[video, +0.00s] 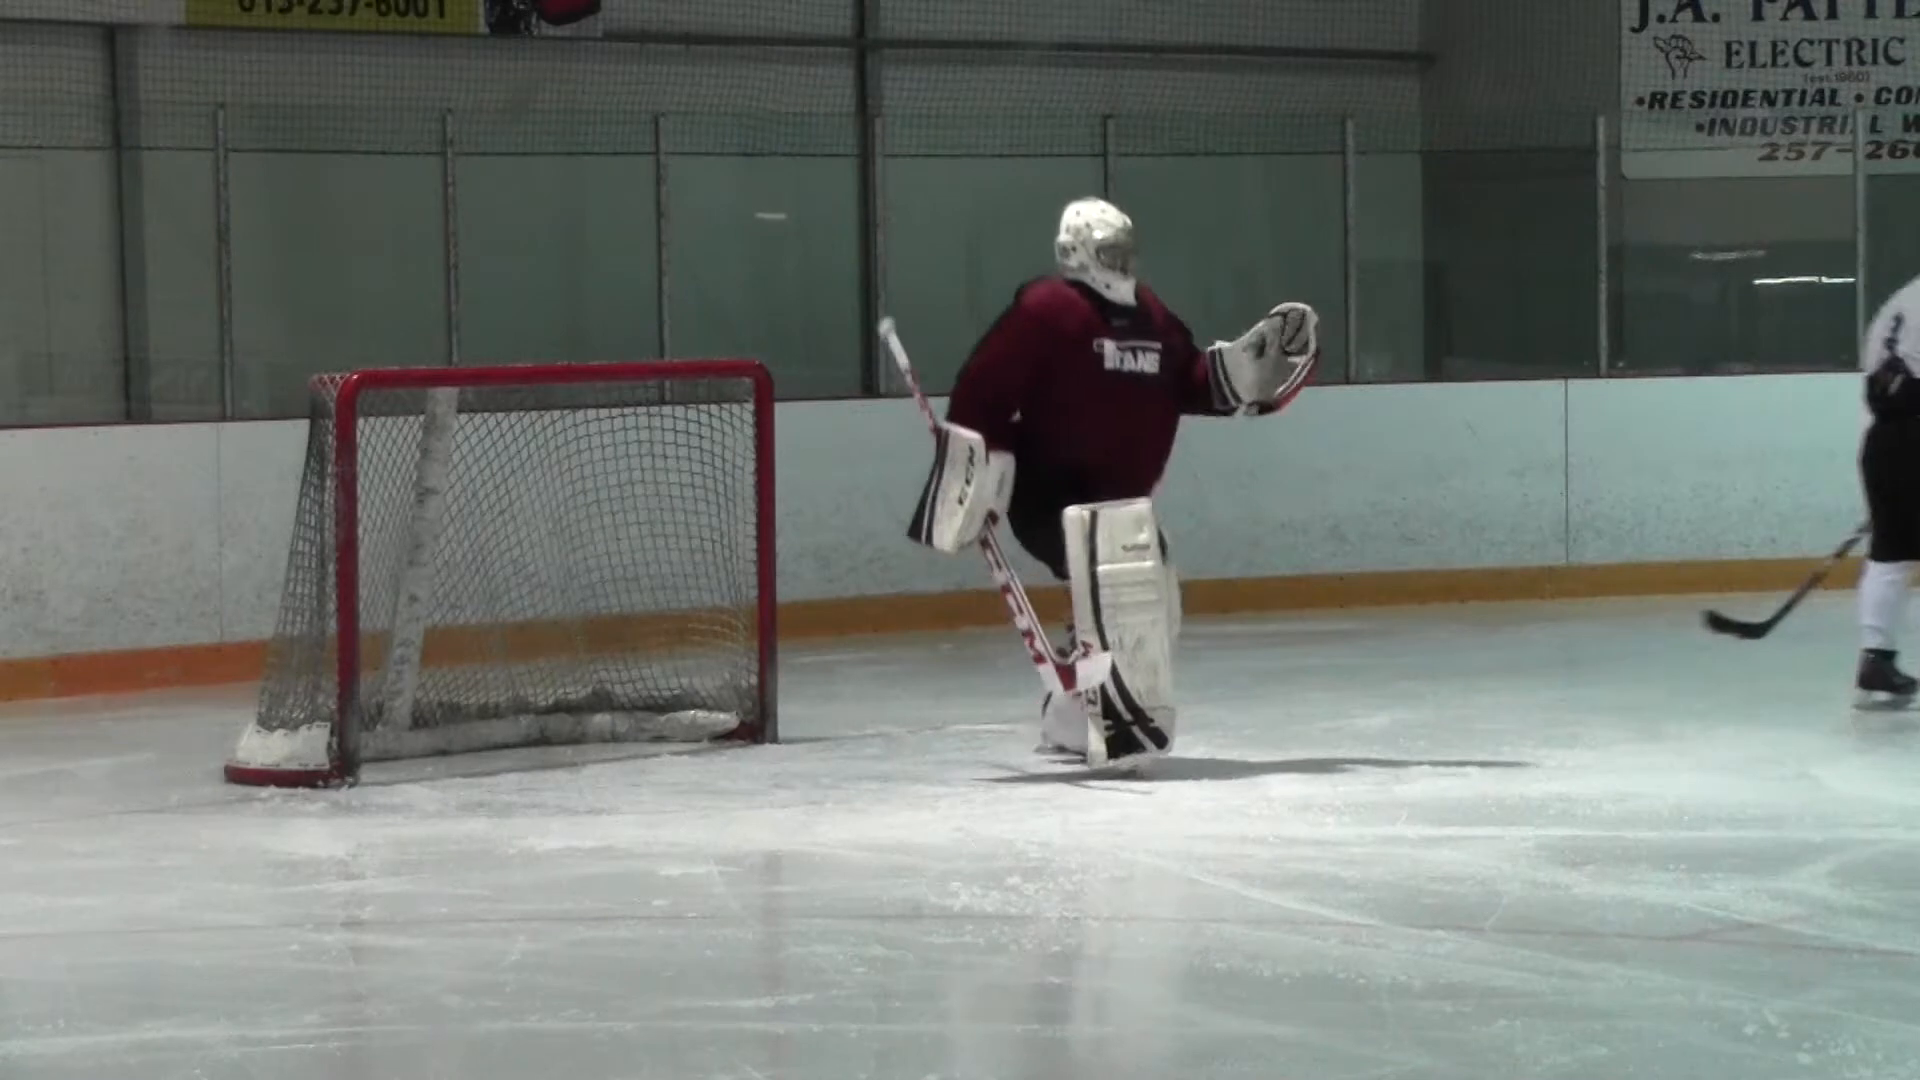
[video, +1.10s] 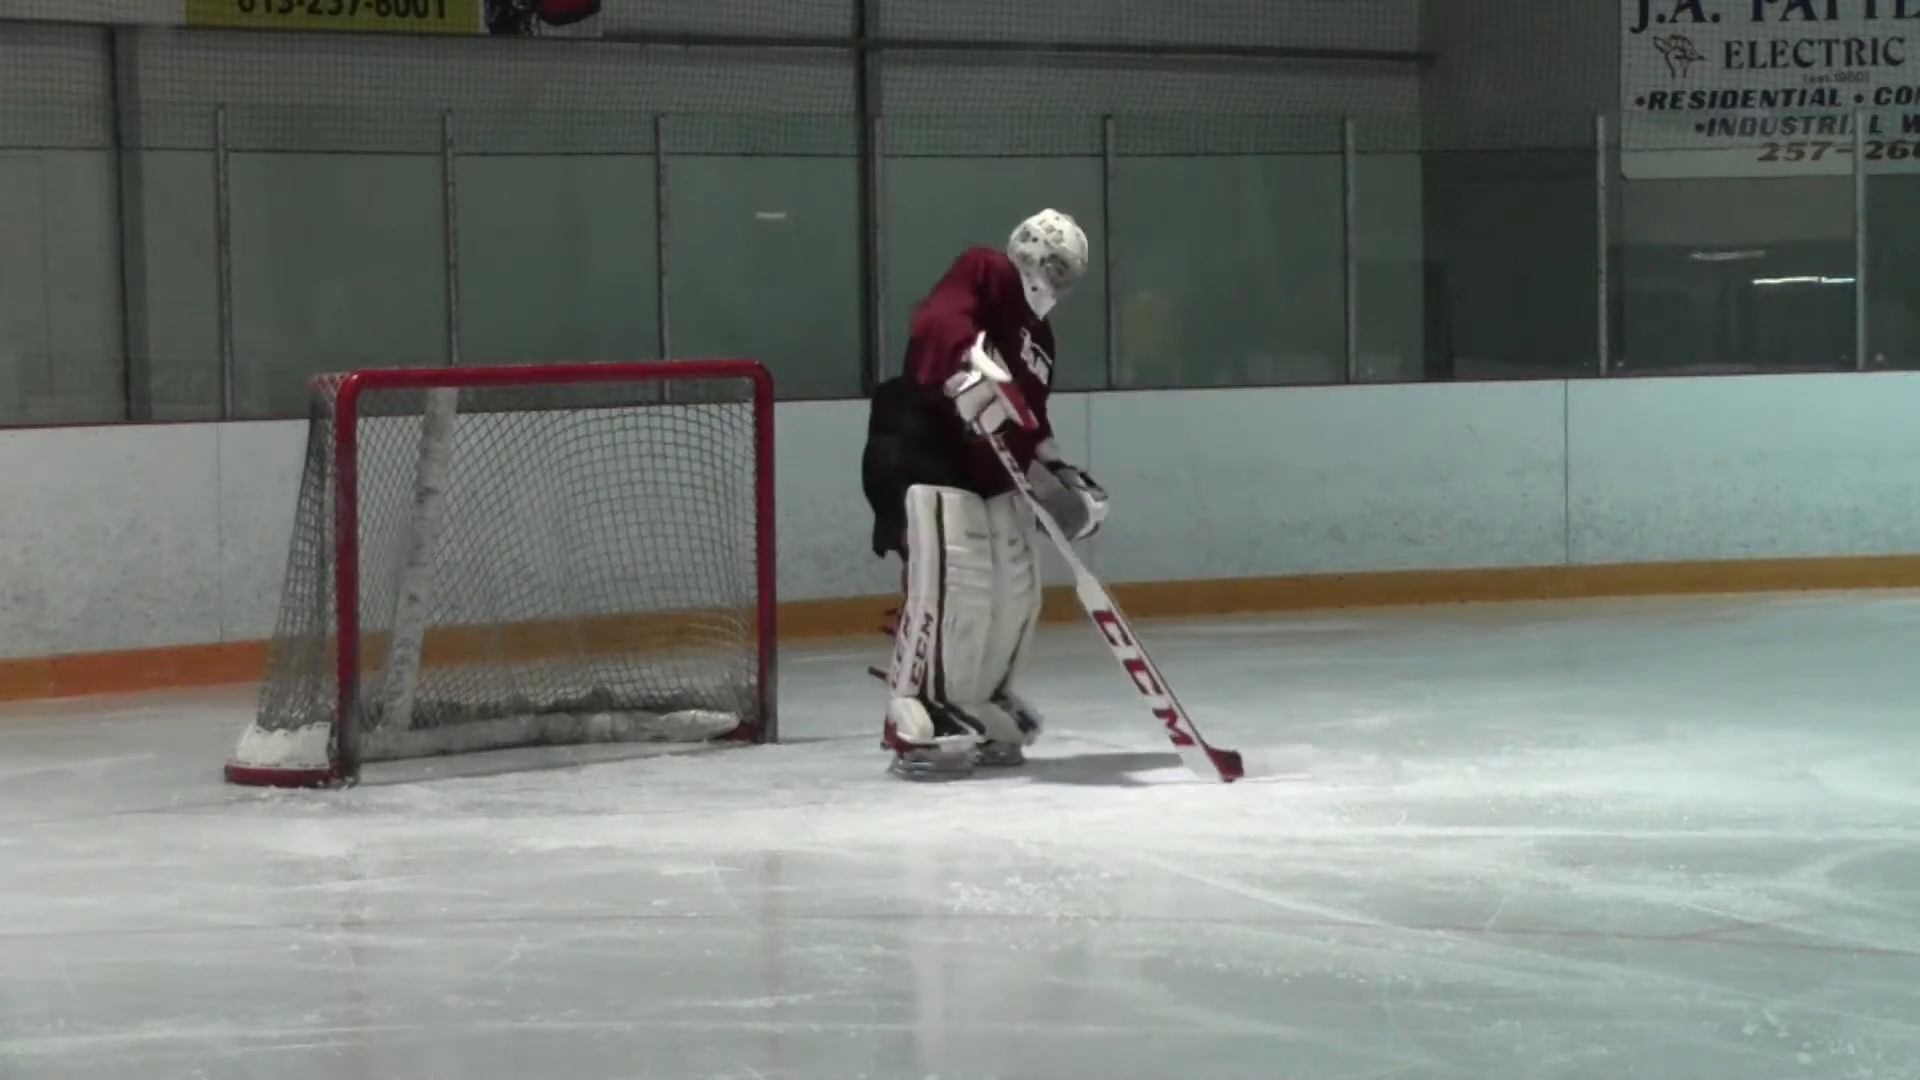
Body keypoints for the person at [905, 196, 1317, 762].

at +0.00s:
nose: (1119, 263)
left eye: (1122, 252)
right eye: (1110, 252)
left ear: (1073, 250)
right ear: (1089, 254)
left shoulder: (1151, 315)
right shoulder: (1046, 308)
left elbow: (1189, 381)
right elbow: (980, 392)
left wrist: (1256, 364)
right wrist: (969, 484)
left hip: (1122, 492)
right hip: (1047, 491)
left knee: (1143, 590)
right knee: (1114, 588)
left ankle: (1073, 717)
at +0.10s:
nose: (1108, 234)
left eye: (1113, 221)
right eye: (1095, 222)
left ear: (1119, 221)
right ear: (1065, 221)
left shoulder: (1130, 285)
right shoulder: (1034, 276)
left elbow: (1159, 368)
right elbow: (968, 366)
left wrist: (1232, 387)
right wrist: (956, 467)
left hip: (1108, 465)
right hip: (1048, 466)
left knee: (1156, 579)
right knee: (1105, 584)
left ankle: (1138, 707)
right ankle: (1103, 729)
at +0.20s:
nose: (1097, 228)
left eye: (1102, 217)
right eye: (1084, 218)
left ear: (1109, 216)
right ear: (1051, 218)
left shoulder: (1110, 278)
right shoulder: (1024, 273)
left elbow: (1114, 367)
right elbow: (962, 363)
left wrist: (1175, 407)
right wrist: (966, 462)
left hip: (1094, 456)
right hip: (1030, 461)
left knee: (1131, 571)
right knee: (1068, 589)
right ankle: (1034, 720)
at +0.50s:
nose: (1086, 248)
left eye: (1092, 238)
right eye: (1078, 235)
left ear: (1094, 236)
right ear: (1048, 227)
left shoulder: (1077, 292)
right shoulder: (1008, 267)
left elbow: (1059, 391)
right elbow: (955, 355)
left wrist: (1099, 451)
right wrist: (969, 463)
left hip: (1066, 468)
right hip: (1012, 472)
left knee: (1123, 564)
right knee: (1027, 597)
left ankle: (1148, 696)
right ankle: (990, 725)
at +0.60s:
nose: (1085, 258)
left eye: (1093, 247)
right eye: (1078, 244)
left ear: (1099, 246)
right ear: (1047, 233)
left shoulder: (1077, 306)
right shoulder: (1007, 269)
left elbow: (1050, 400)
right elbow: (949, 348)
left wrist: (1079, 461)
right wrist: (940, 441)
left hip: (1050, 473)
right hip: (996, 472)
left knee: (1100, 578)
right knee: (1014, 597)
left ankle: (1098, 713)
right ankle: (982, 730)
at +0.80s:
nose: (1087, 282)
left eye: (1097, 273)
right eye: (1084, 266)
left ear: (1098, 266)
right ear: (1060, 248)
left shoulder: (1070, 321)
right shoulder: (1009, 275)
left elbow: (1036, 413)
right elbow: (947, 357)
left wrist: (1054, 477)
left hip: (1017, 481)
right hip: (952, 472)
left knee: (1057, 587)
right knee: (989, 591)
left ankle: (1025, 703)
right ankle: (955, 721)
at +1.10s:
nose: (1052, 288)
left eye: (1063, 280)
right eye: (1050, 271)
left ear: (1067, 277)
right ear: (1027, 252)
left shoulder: (1039, 337)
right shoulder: (985, 271)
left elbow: (1029, 422)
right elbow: (936, 321)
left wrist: (1056, 471)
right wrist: (972, 382)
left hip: (998, 480)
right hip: (942, 473)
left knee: (1016, 593)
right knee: (961, 593)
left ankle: (982, 701)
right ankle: (930, 717)